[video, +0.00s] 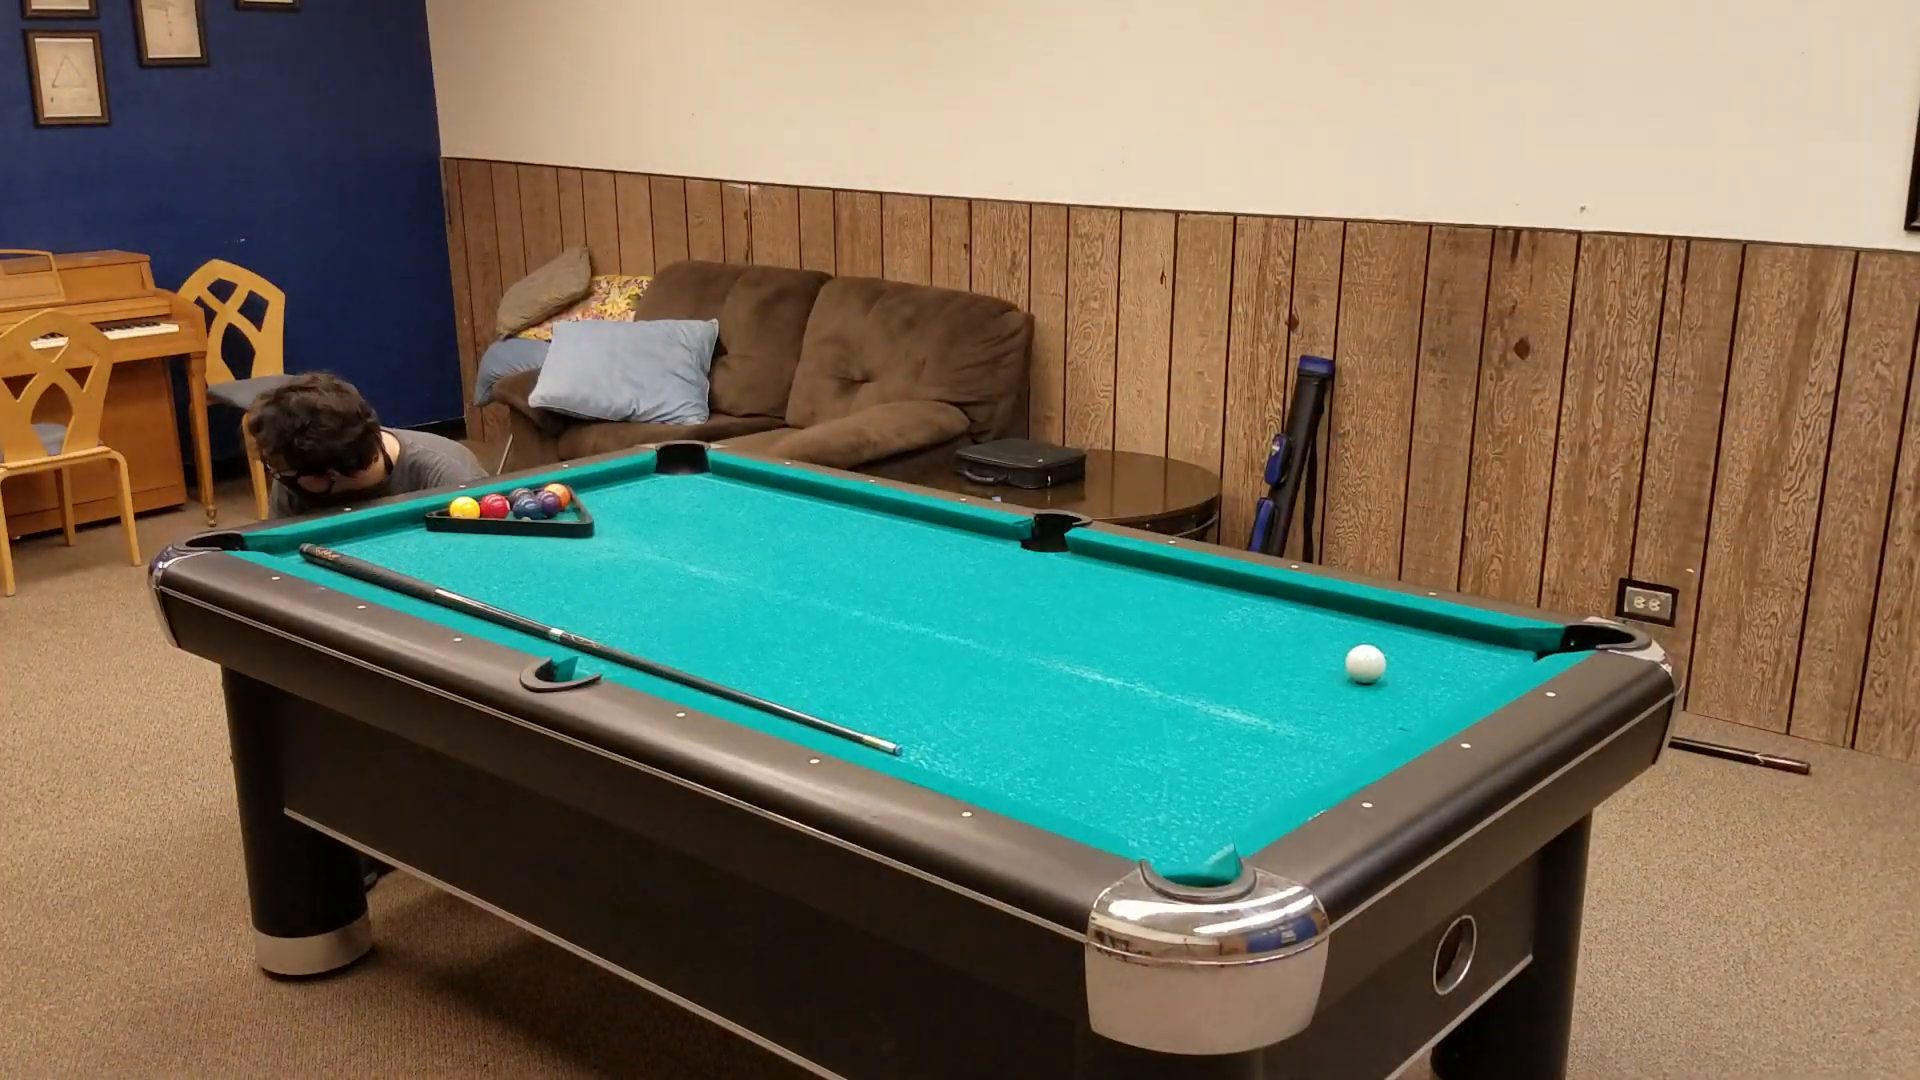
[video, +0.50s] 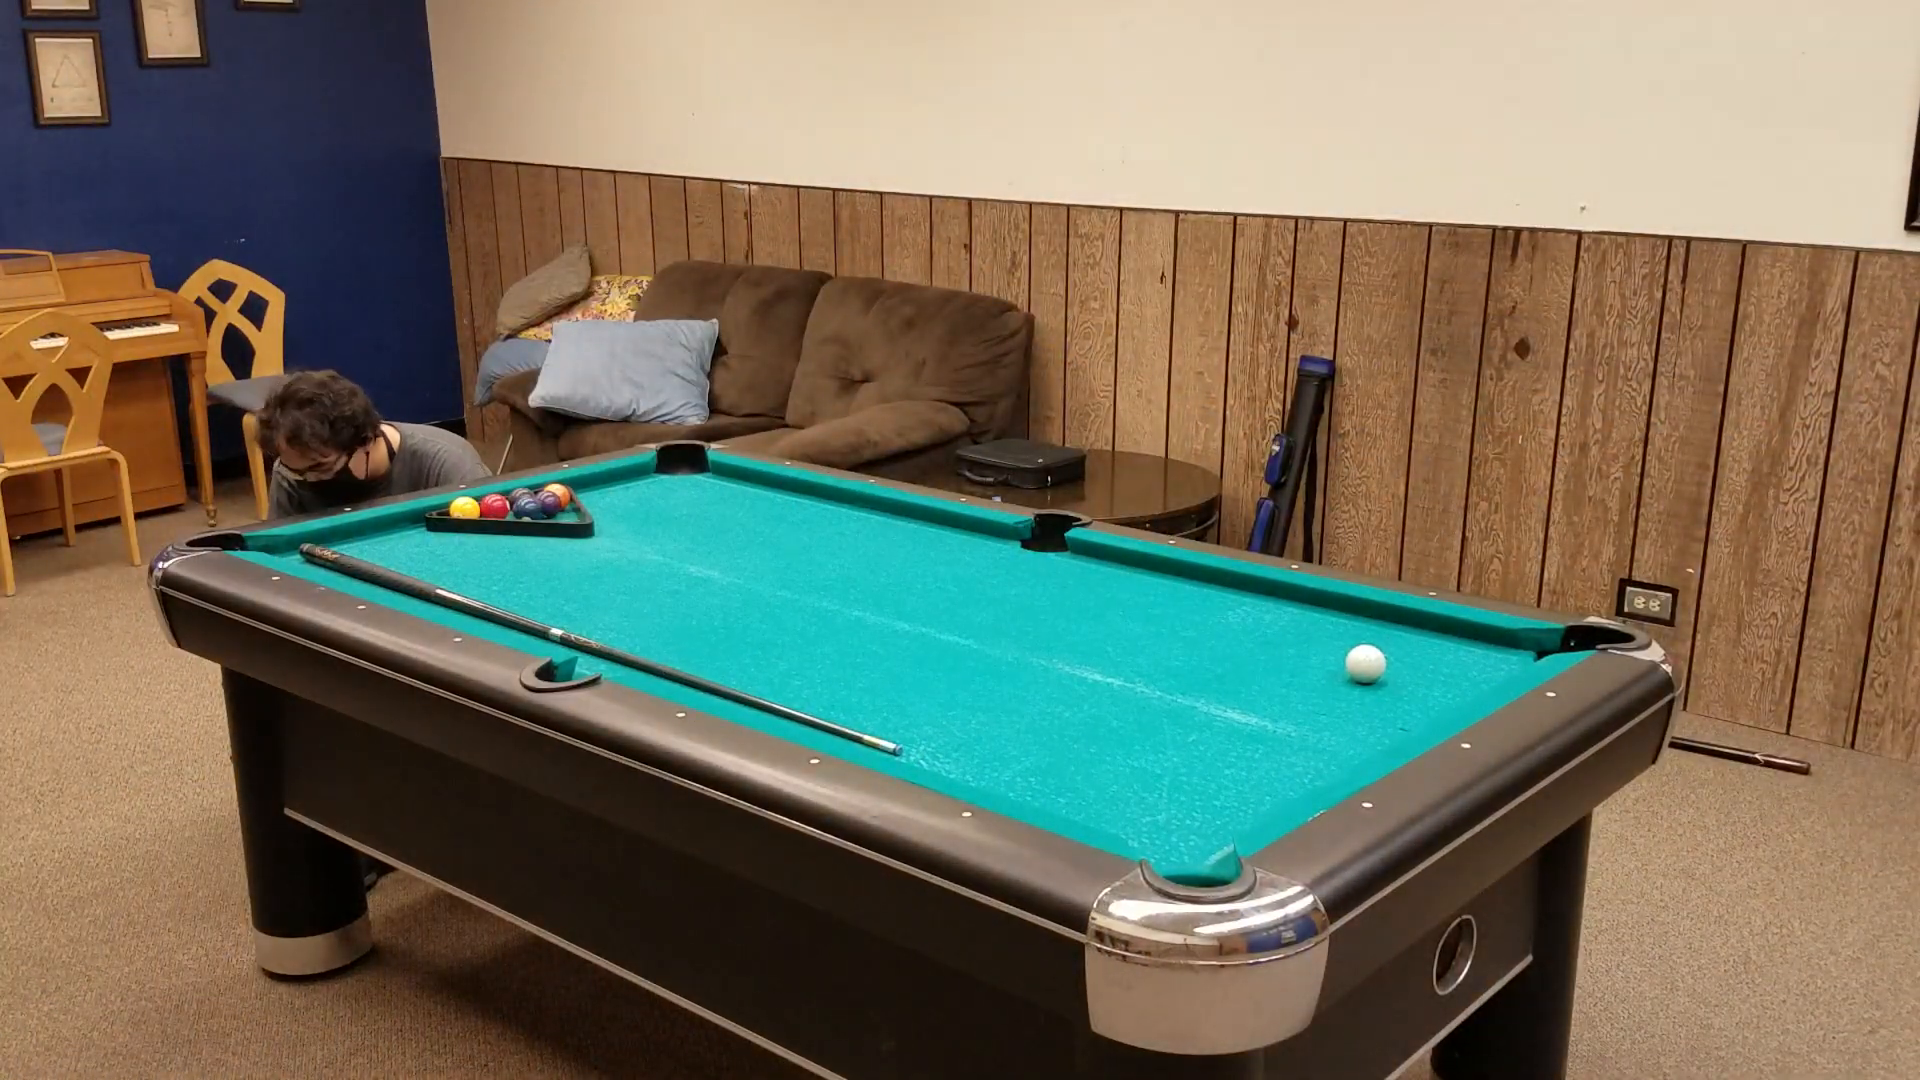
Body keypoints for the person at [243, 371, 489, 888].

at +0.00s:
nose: (283, 479)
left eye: (286, 469)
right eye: (280, 468)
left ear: (319, 479)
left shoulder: (443, 471)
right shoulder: (293, 485)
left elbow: (472, 567)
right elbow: (278, 568)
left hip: (442, 621)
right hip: (352, 622)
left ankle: (379, 839)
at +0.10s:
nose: (282, 477)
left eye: (286, 467)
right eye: (280, 466)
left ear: (324, 473)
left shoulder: (444, 471)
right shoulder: (293, 482)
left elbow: (475, 567)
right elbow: (277, 566)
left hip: (442, 623)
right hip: (351, 623)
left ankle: (379, 839)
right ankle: (354, 835)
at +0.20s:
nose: (279, 474)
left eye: (285, 464)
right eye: (277, 462)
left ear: (326, 469)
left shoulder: (446, 469)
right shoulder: (292, 486)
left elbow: (478, 567)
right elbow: (277, 572)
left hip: (442, 624)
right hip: (350, 627)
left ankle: (377, 841)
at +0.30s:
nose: (279, 469)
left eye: (288, 460)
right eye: (277, 459)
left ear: (335, 459)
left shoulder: (446, 468)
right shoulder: (295, 477)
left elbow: (486, 561)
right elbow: (278, 563)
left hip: (441, 622)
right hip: (350, 623)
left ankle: (380, 841)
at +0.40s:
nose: (284, 474)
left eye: (295, 465)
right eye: (280, 462)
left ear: (345, 450)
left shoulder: (446, 463)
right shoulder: (295, 473)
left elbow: (485, 557)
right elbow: (278, 559)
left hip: (440, 618)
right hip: (349, 618)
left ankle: (380, 844)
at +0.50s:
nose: (296, 479)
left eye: (307, 468)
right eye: (289, 467)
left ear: (348, 443)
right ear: (279, 450)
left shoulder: (445, 462)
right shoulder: (294, 474)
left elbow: (483, 557)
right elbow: (279, 562)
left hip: (438, 617)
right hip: (348, 618)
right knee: (327, 723)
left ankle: (377, 846)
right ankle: (345, 841)